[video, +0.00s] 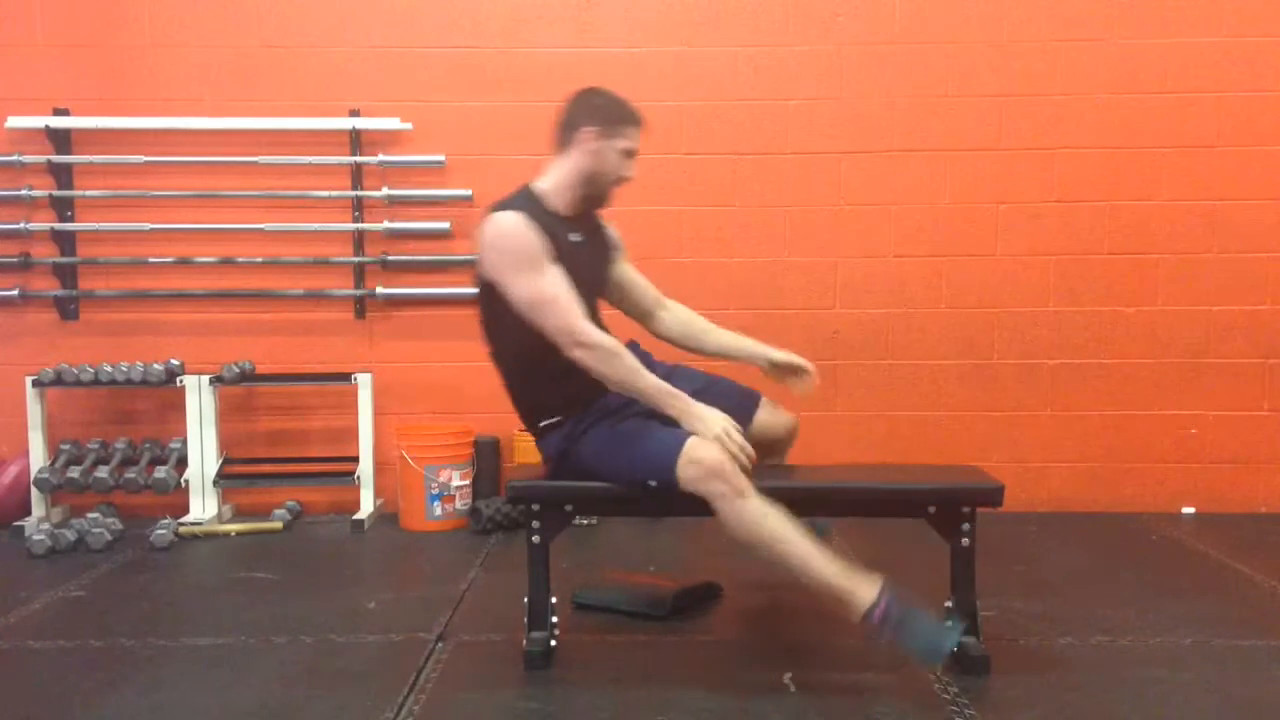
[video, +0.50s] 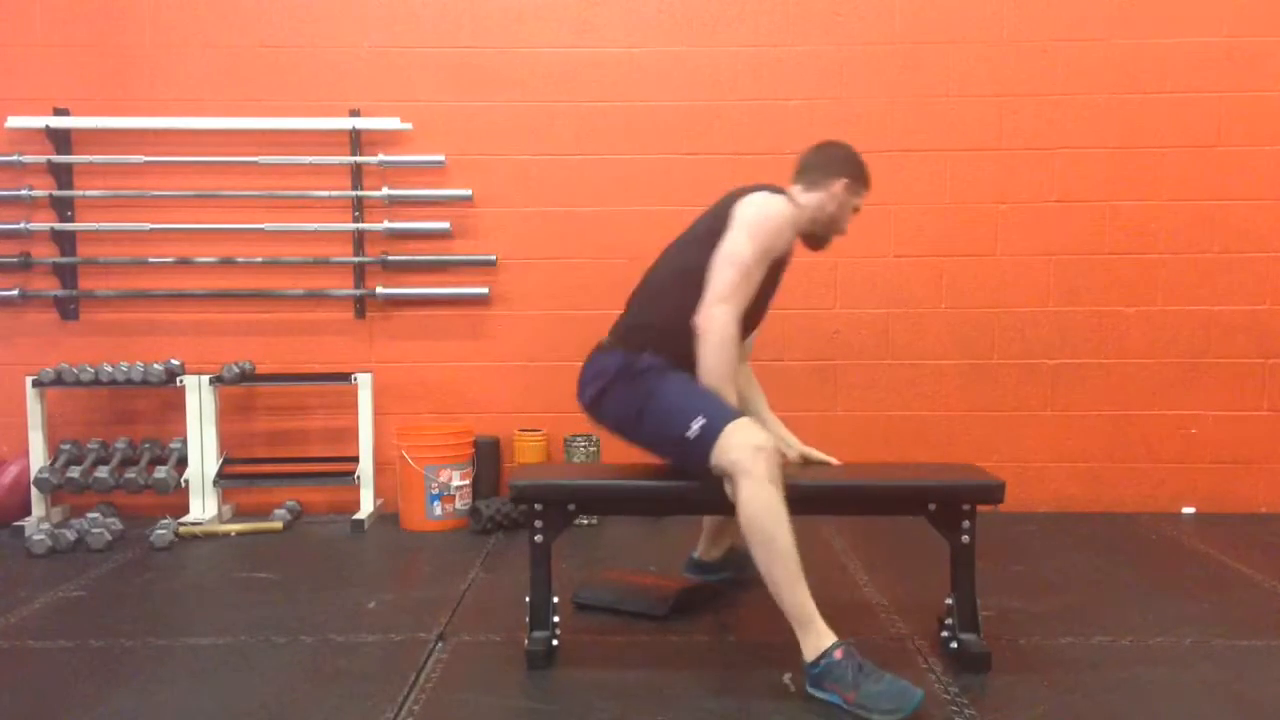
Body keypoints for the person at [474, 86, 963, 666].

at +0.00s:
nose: (630, 174)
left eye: (634, 159)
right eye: (624, 157)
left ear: (594, 145)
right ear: (584, 141)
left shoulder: (589, 232)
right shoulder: (509, 229)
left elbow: (659, 312)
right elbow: (581, 344)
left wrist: (761, 354)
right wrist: (689, 415)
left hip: (630, 380)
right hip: (579, 424)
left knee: (774, 429)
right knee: (715, 468)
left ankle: (739, 505)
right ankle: (881, 607)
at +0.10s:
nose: (688, 177)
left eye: (692, 162)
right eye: (684, 159)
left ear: (654, 148)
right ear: (648, 143)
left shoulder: (632, 237)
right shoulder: (568, 223)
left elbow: (694, 326)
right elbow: (621, 352)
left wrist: (779, 396)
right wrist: (714, 433)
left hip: (633, 399)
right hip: (580, 421)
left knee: (765, 444)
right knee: (713, 470)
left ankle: (720, 547)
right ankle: (826, 654)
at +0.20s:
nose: (736, 187)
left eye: (740, 172)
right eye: (734, 169)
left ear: (706, 156)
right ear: (703, 153)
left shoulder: (671, 242)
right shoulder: (618, 220)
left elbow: (715, 343)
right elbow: (638, 354)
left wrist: (789, 422)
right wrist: (719, 446)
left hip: (641, 402)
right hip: (588, 416)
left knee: (761, 448)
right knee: (715, 464)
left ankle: (714, 554)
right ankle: (824, 651)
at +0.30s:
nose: (804, 207)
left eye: (809, 192)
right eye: (804, 189)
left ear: (775, 176)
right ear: (776, 173)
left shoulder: (729, 247)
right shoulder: (699, 215)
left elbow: (725, 361)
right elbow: (666, 337)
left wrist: (786, 440)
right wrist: (718, 446)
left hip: (657, 405)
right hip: (608, 406)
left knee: (768, 445)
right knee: (727, 465)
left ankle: (714, 551)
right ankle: (826, 654)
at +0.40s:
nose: (833, 216)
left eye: (839, 204)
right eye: (836, 200)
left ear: (805, 184)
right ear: (813, 183)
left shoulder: (752, 253)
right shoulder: (740, 215)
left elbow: (731, 362)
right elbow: (691, 327)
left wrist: (780, 439)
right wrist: (720, 441)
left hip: (657, 392)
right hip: (617, 391)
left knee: (758, 445)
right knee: (738, 462)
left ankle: (714, 550)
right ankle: (827, 654)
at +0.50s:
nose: (848, 225)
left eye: (854, 212)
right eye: (853, 209)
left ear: (818, 187)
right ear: (834, 190)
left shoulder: (774, 228)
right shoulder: (769, 212)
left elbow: (730, 341)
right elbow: (714, 317)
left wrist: (774, 429)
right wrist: (725, 426)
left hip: (661, 372)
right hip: (629, 372)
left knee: (755, 442)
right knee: (755, 456)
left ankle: (713, 550)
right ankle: (822, 653)